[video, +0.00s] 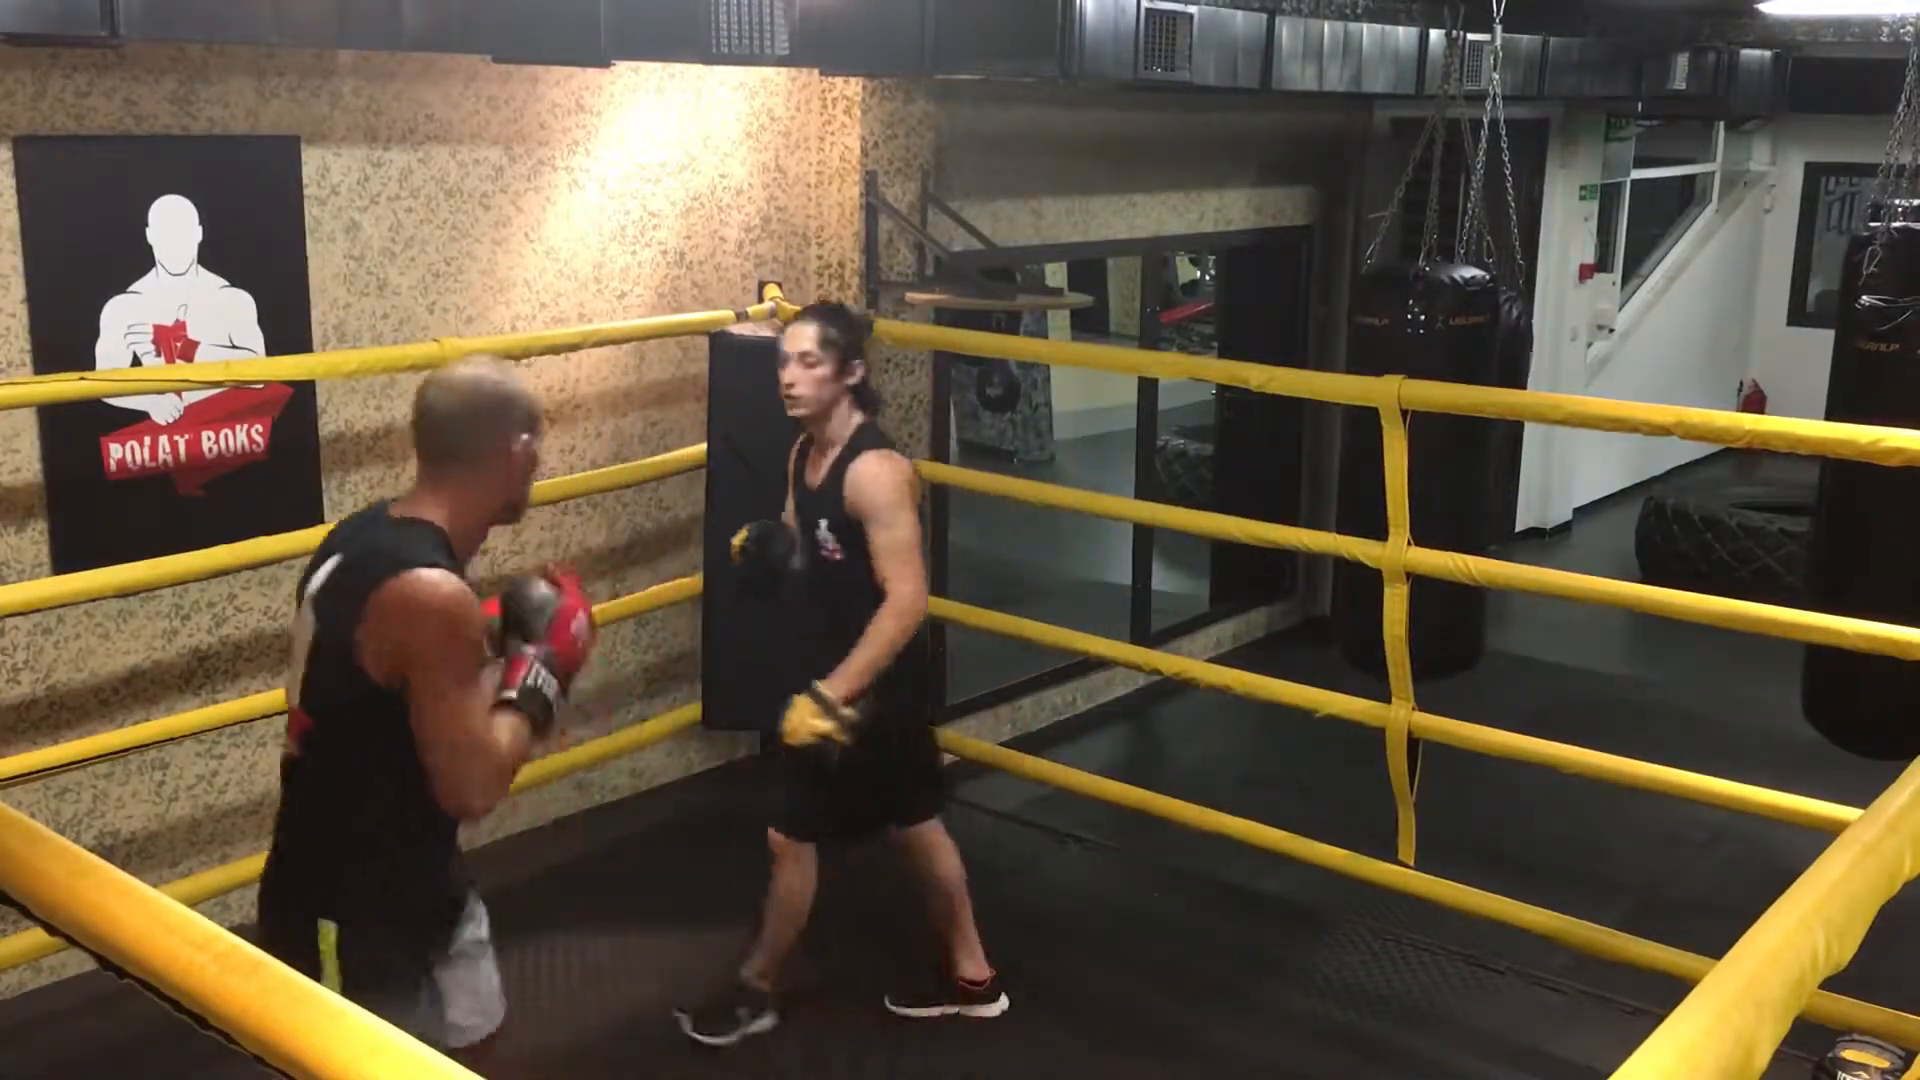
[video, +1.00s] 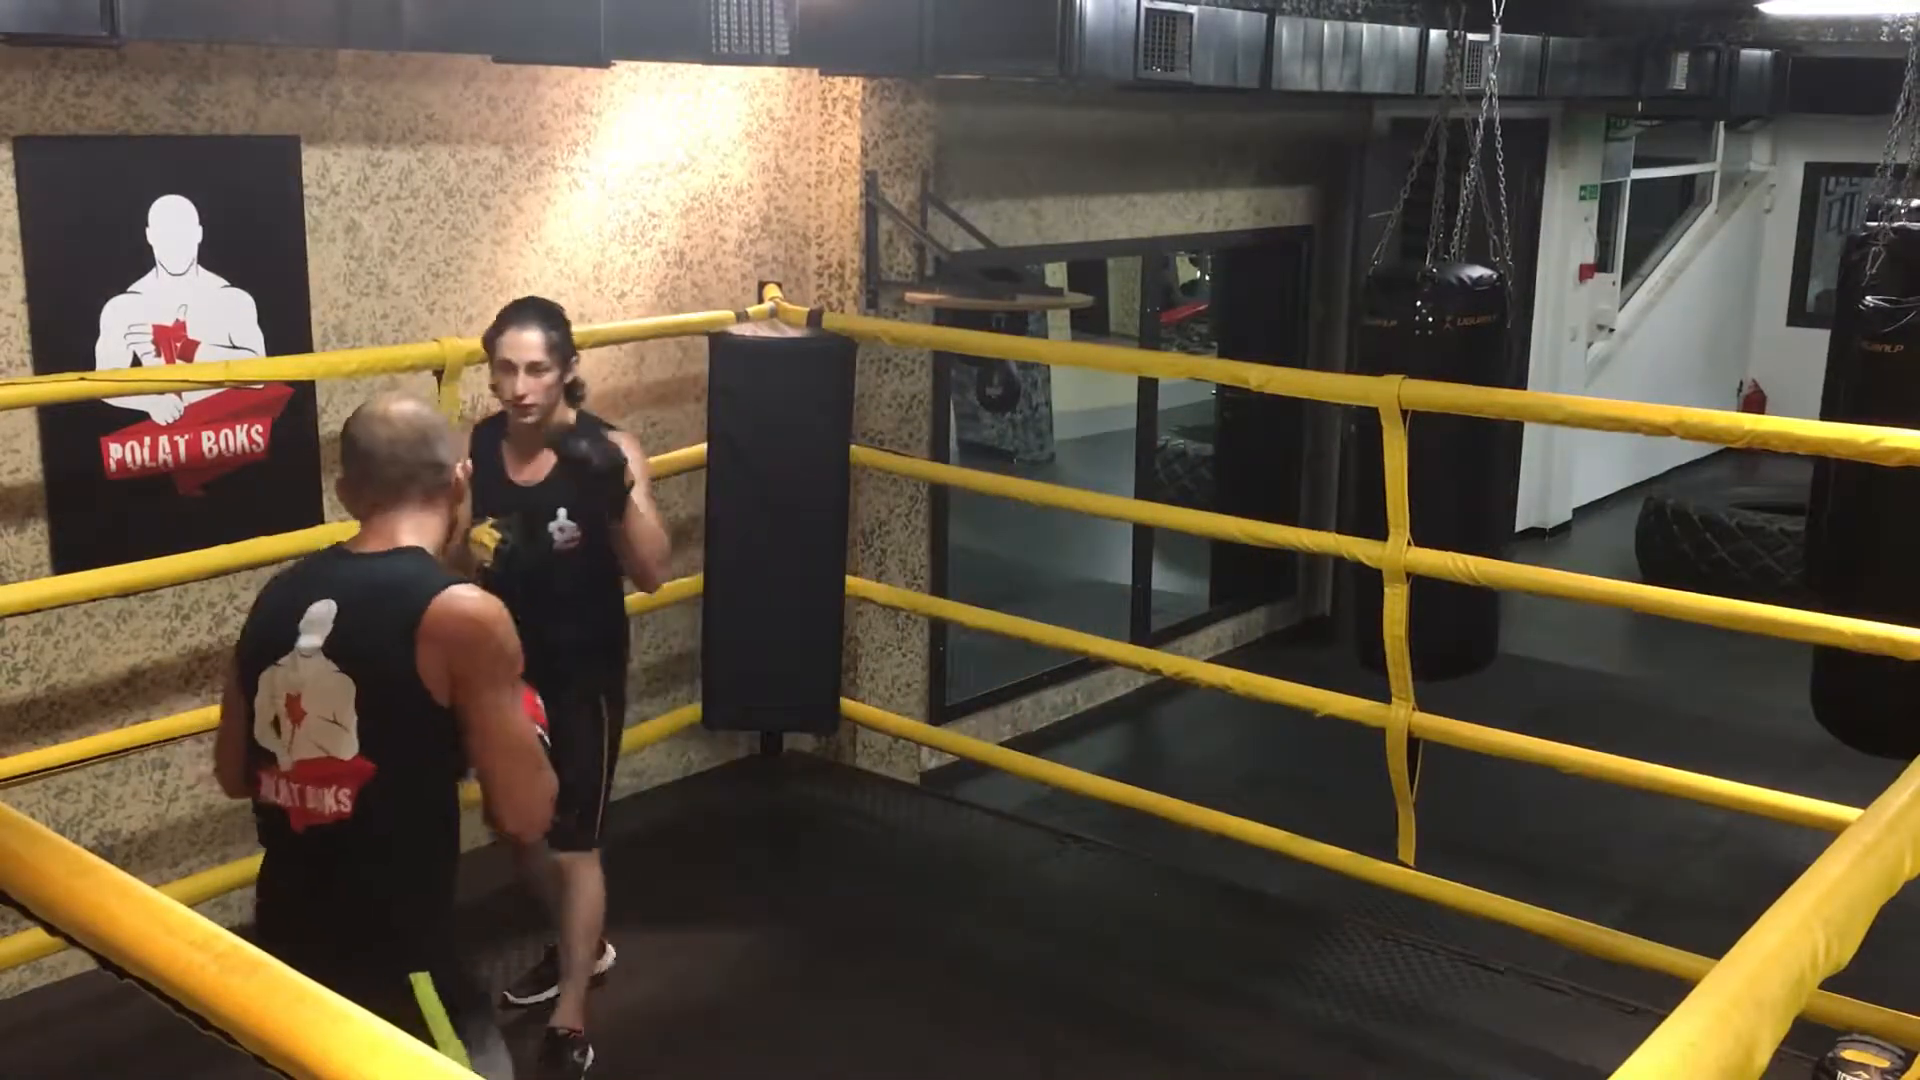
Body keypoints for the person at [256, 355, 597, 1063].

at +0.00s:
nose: (537, 463)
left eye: (538, 445)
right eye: (536, 445)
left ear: (432, 442)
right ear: (515, 453)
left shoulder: (354, 540)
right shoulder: (432, 596)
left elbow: (365, 709)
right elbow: (469, 786)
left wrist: (486, 637)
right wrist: (543, 672)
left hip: (318, 888)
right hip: (400, 910)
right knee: (460, 1060)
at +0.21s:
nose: (487, 478)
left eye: (485, 460)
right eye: (486, 460)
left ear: (378, 471)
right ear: (472, 468)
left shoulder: (327, 565)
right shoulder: (419, 605)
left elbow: (334, 734)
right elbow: (411, 804)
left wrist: (468, 719)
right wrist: (523, 753)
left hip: (289, 897)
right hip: (357, 915)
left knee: (323, 1060)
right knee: (430, 1068)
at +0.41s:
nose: (486, 488)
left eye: (482, 472)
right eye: (485, 475)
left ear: (366, 479)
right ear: (471, 486)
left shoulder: (291, 579)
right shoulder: (431, 631)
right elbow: (462, 828)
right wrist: (493, 711)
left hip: (265, 939)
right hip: (367, 961)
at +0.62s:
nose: (482, 512)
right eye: (486, 496)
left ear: (364, 491)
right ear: (478, 501)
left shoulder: (269, 592)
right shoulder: (459, 650)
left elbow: (166, 755)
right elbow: (519, 832)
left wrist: (275, 769)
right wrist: (490, 697)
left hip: (246, 957)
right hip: (369, 973)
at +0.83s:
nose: (478, 481)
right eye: (476, 468)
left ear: (349, 476)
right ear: (467, 476)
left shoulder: (270, 586)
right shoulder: (454, 621)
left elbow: (189, 750)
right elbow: (490, 812)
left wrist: (302, 741)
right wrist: (489, 702)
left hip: (272, 933)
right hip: (385, 948)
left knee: (287, 1067)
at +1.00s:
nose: (469, 491)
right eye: (467, 476)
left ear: (347, 491)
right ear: (458, 479)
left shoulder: (280, 594)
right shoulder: (465, 617)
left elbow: (235, 773)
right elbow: (524, 816)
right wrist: (508, 707)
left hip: (289, 936)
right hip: (401, 946)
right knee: (482, 1062)